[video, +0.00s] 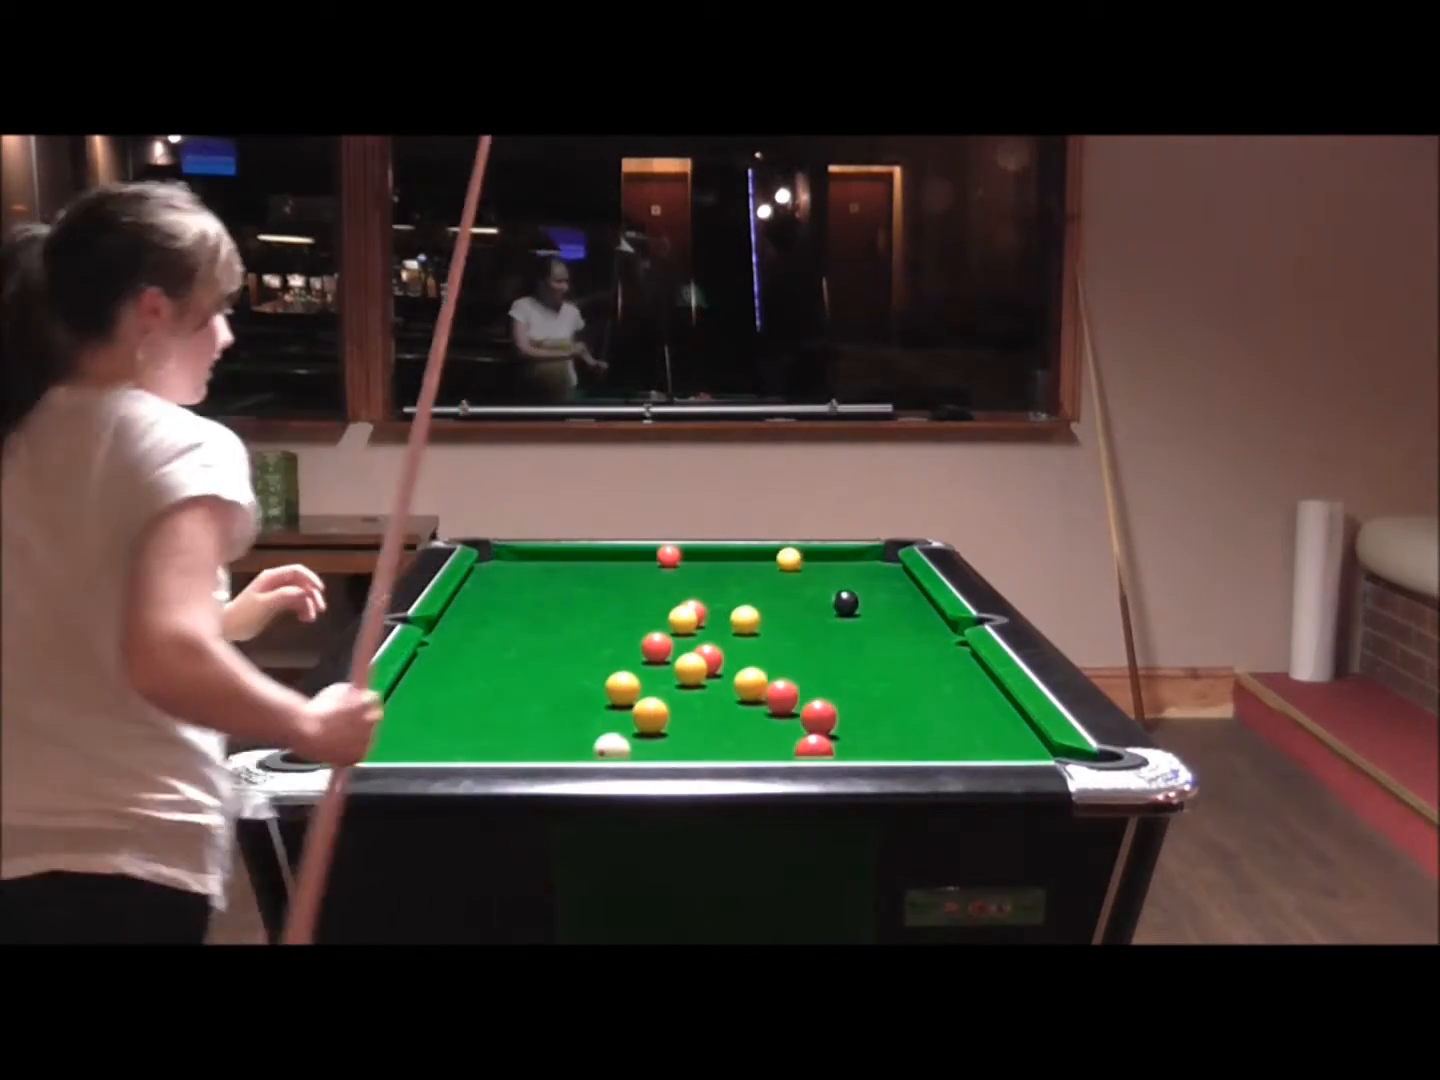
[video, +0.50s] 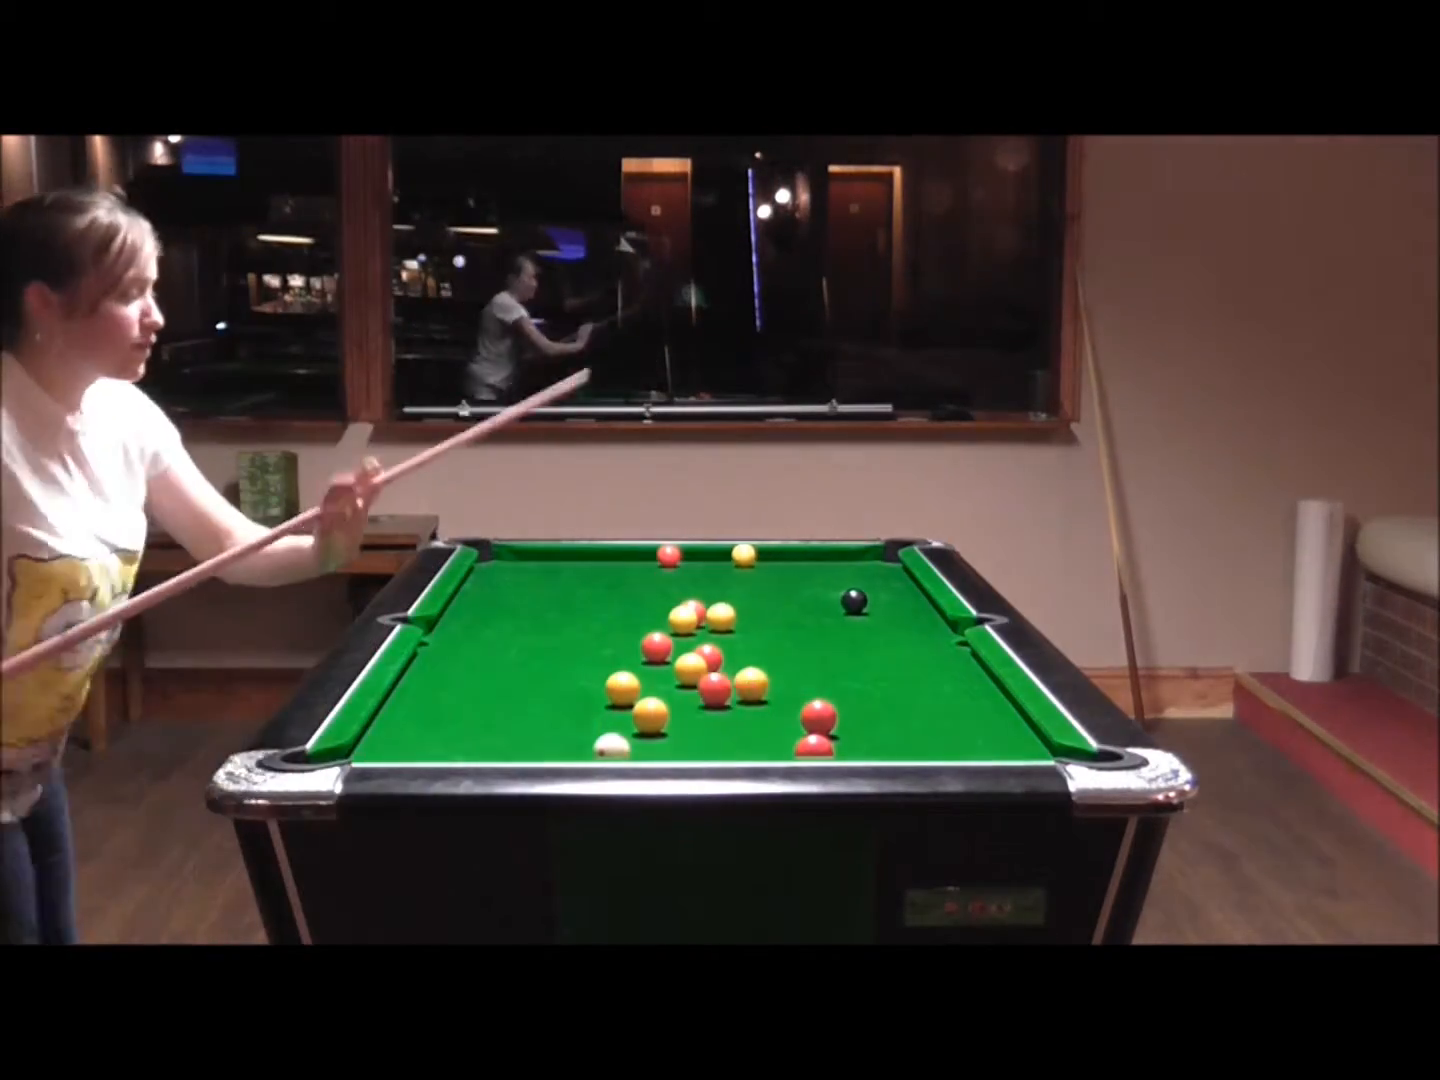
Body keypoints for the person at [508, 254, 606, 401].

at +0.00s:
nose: (564, 288)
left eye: (566, 282)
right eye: (558, 282)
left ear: (569, 283)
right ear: (542, 282)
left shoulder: (571, 312)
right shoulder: (523, 308)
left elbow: (576, 345)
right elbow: (524, 349)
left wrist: (591, 362)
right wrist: (567, 354)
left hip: (566, 387)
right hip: (533, 386)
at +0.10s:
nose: (554, 285)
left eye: (555, 279)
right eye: (547, 279)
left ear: (557, 280)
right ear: (531, 281)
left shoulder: (557, 310)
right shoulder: (514, 306)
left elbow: (557, 347)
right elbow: (520, 351)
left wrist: (570, 365)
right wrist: (563, 352)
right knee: (548, 372)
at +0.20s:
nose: (549, 282)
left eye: (550, 275)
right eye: (543, 276)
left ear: (553, 277)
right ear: (527, 277)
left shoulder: (548, 307)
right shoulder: (512, 302)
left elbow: (551, 345)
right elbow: (523, 348)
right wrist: (566, 349)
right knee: (545, 369)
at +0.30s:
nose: (544, 279)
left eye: (544, 274)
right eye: (539, 274)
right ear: (524, 276)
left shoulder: (530, 306)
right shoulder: (514, 306)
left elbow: (539, 345)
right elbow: (536, 345)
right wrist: (574, 341)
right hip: (497, 393)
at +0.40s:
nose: (537, 282)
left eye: (538, 276)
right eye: (532, 276)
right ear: (515, 277)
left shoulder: (516, 303)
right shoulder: (506, 299)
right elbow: (546, 346)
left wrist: (576, 338)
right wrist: (579, 339)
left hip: (506, 381)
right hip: (491, 383)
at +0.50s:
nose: (535, 284)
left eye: (535, 278)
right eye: (531, 277)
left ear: (515, 280)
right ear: (514, 279)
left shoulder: (512, 305)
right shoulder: (504, 302)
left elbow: (542, 346)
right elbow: (547, 348)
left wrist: (572, 340)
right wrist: (579, 345)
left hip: (499, 387)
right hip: (486, 388)